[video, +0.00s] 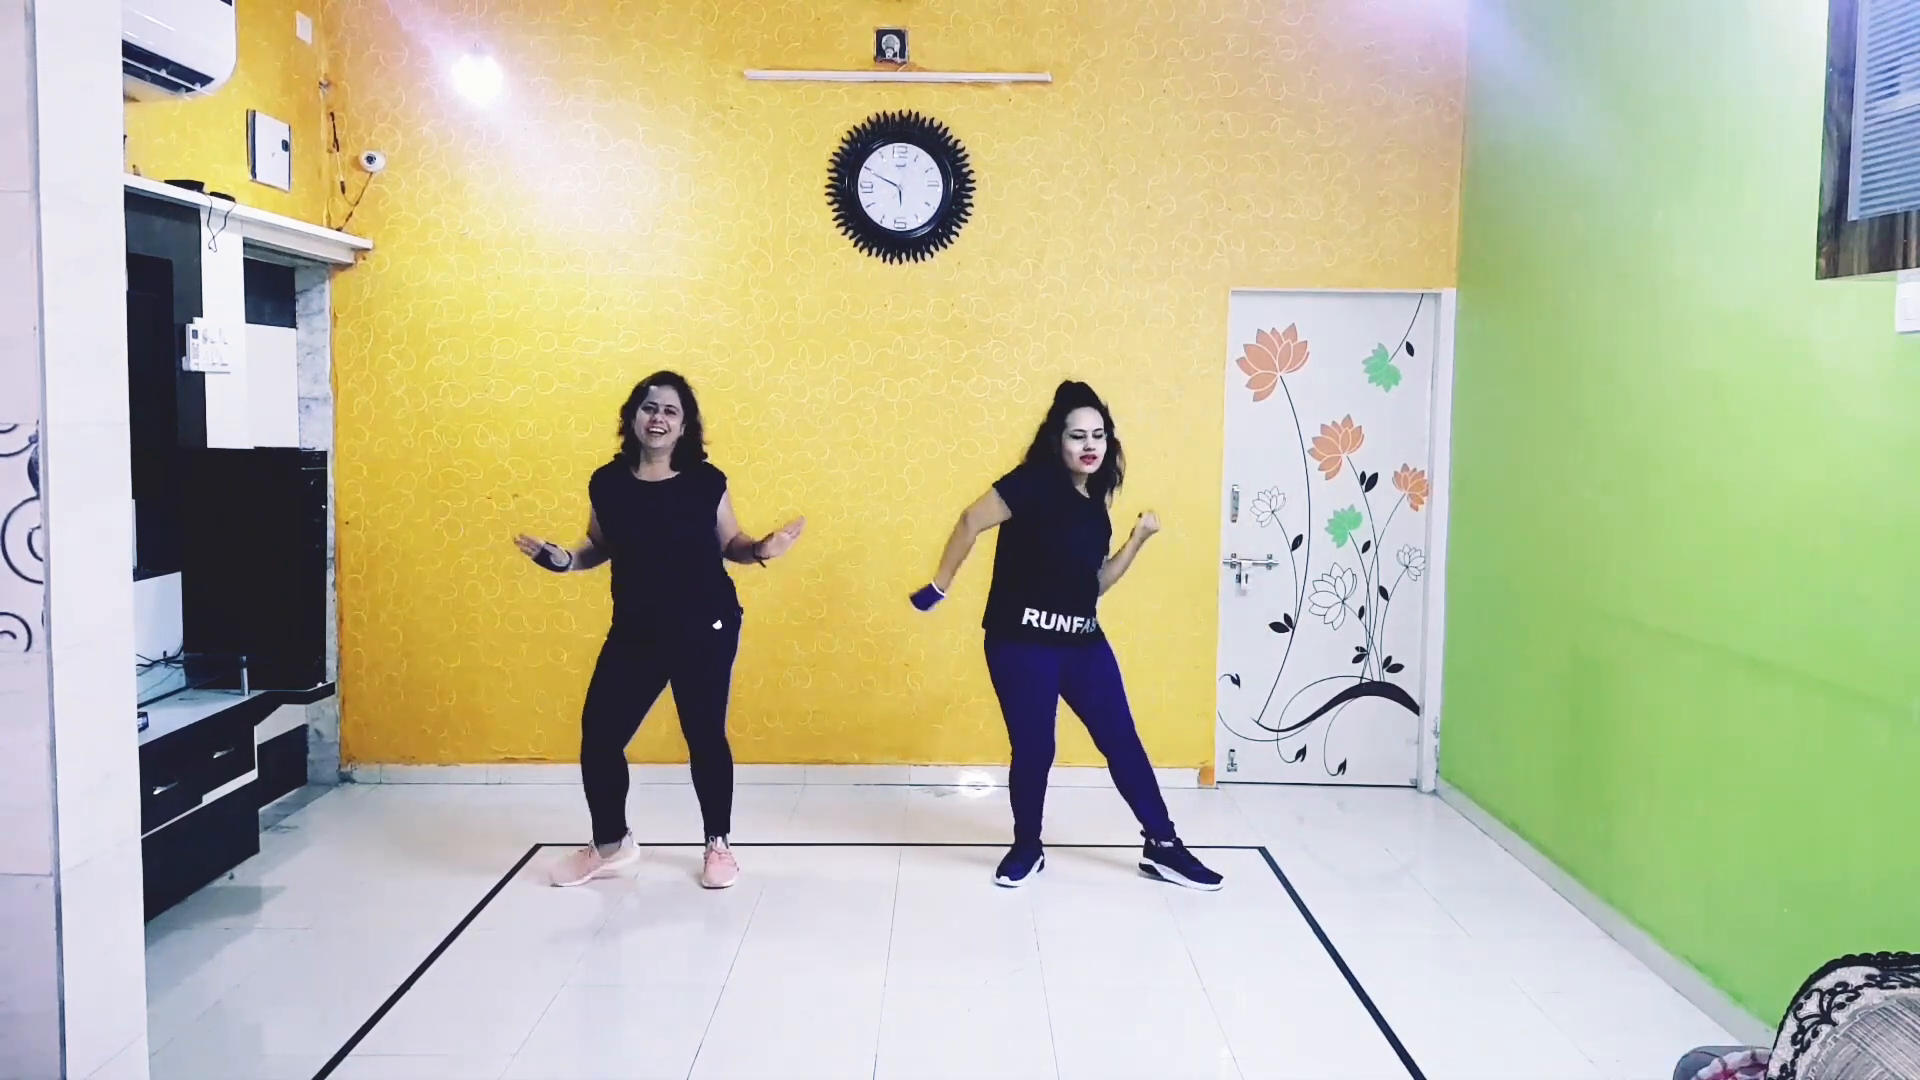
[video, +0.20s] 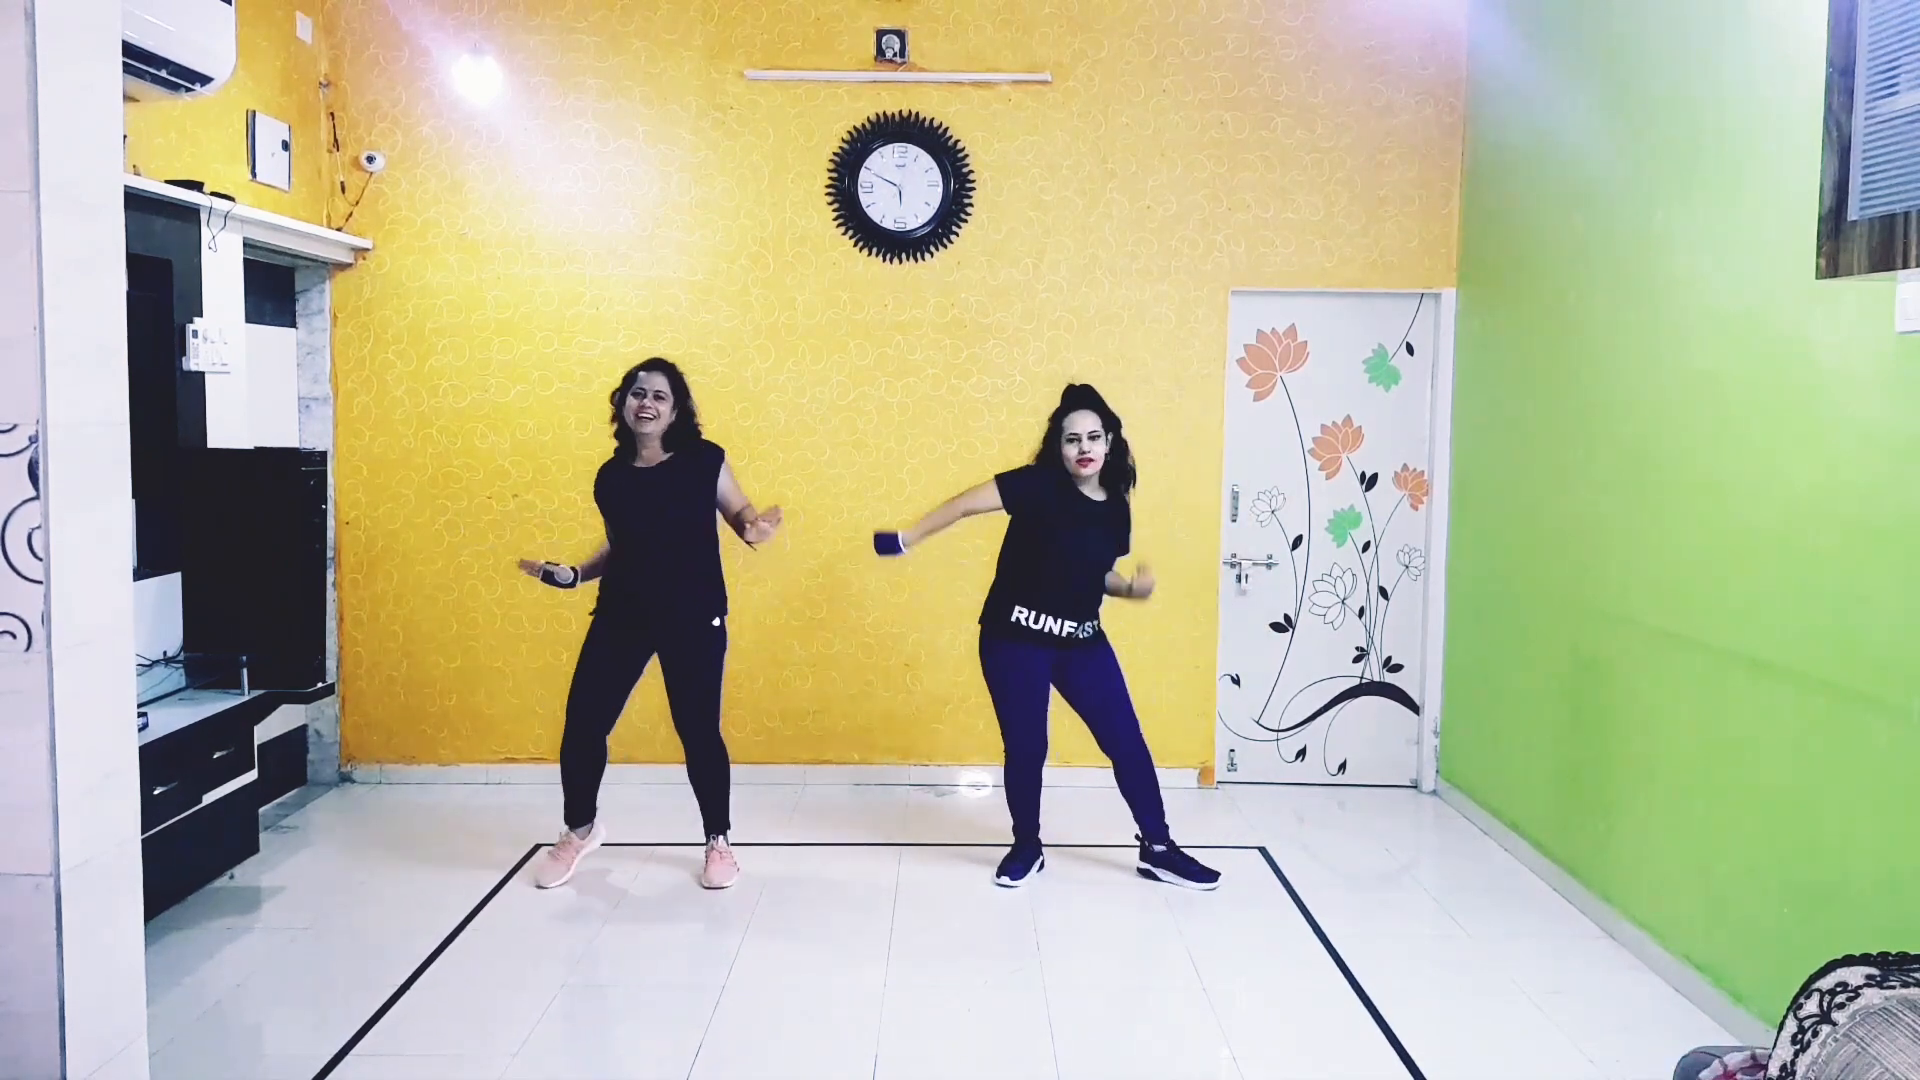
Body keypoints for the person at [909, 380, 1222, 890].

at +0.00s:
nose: (1090, 446)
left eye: (1099, 435)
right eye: (1078, 435)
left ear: (1109, 442)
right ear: (1056, 440)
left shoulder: (1096, 505)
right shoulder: (1030, 484)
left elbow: (1101, 580)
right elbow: (969, 524)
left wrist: (1136, 540)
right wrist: (940, 586)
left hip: (1081, 641)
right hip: (1021, 640)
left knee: (1122, 743)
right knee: (1033, 751)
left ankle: (1162, 842)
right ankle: (1027, 844)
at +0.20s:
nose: (1084, 449)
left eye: (1094, 437)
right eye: (1072, 439)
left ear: (1110, 442)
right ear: (1057, 445)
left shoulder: (1115, 506)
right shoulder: (1034, 485)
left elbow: (1096, 574)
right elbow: (963, 505)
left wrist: (1129, 586)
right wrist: (907, 537)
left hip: (1081, 641)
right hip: (1015, 636)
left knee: (1126, 742)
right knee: (1026, 750)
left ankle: (1157, 845)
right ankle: (1026, 845)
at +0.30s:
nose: (1081, 446)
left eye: (1091, 436)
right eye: (1070, 437)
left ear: (1109, 441)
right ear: (1056, 444)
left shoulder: (1125, 506)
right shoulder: (1037, 490)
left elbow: (1135, 571)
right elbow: (969, 503)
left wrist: (1143, 630)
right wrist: (910, 501)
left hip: (1085, 641)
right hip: (1019, 633)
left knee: (1131, 745)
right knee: (1025, 748)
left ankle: (1160, 845)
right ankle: (1026, 845)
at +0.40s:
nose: (1082, 446)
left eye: (1094, 435)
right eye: (1071, 436)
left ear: (1113, 443)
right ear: (1058, 444)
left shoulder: (1134, 506)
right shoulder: (1045, 496)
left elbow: (1160, 560)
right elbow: (977, 520)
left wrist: (1154, 612)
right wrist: (943, 490)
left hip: (1096, 643)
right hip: (1026, 635)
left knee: (1134, 747)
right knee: (1025, 745)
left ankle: (1168, 845)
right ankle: (1026, 843)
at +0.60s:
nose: (1091, 449)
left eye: (1103, 438)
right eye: (1082, 438)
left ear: (1122, 445)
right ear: (1069, 445)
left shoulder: (1152, 501)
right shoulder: (1068, 504)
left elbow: (1207, 545)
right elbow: (1011, 550)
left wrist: (1203, 604)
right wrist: (983, 501)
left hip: (1125, 650)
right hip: (1056, 640)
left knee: (1144, 756)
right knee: (1038, 745)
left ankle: (1183, 843)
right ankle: (1027, 843)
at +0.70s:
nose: (1101, 450)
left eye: (1113, 440)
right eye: (1092, 439)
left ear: (1132, 446)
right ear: (1079, 445)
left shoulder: (1160, 498)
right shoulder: (1080, 507)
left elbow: (1220, 537)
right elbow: (1033, 561)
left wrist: (1218, 598)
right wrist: (997, 512)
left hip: (1143, 650)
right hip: (1074, 642)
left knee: (1156, 756)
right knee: (1046, 745)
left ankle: (1188, 845)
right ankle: (1027, 843)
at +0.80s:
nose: (1110, 452)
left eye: (1122, 441)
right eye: (1101, 440)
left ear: (1142, 447)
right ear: (1088, 446)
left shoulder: (1170, 496)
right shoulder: (1092, 510)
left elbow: (1231, 533)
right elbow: (1054, 570)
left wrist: (1229, 594)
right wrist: (1008, 527)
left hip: (1159, 652)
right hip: (1090, 646)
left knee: (1169, 758)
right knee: (1055, 747)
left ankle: (1191, 845)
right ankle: (1028, 842)